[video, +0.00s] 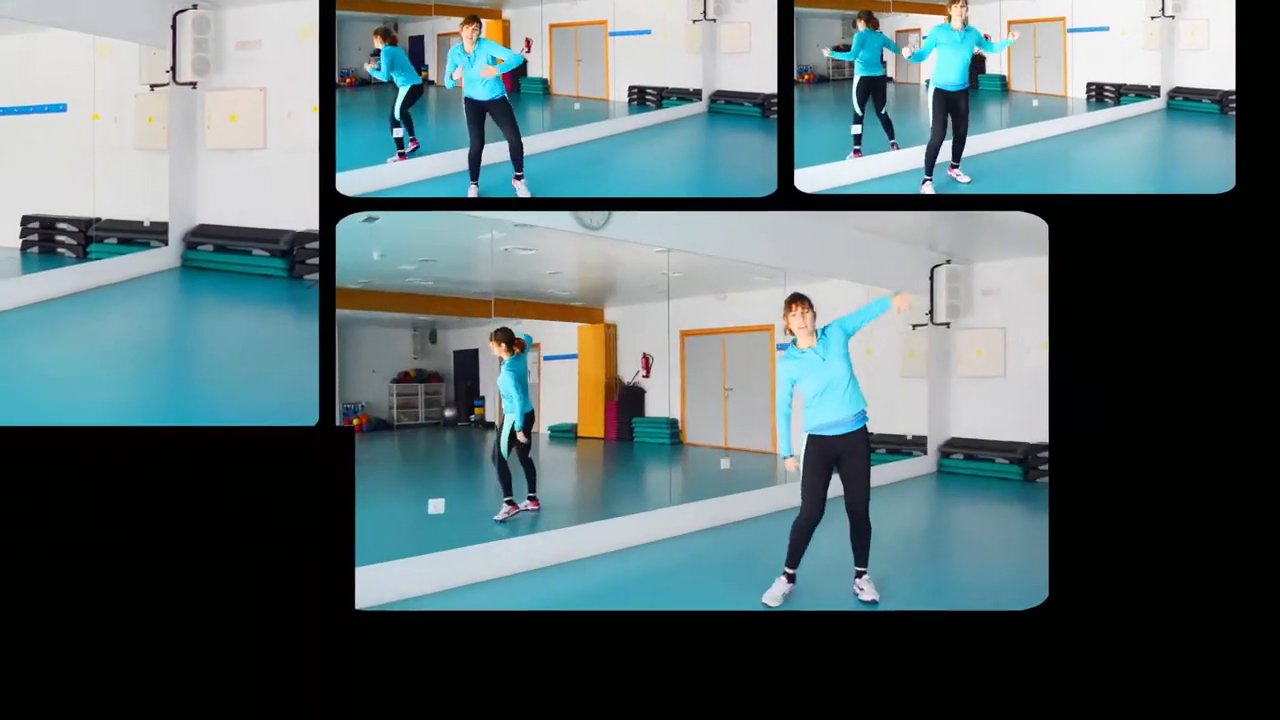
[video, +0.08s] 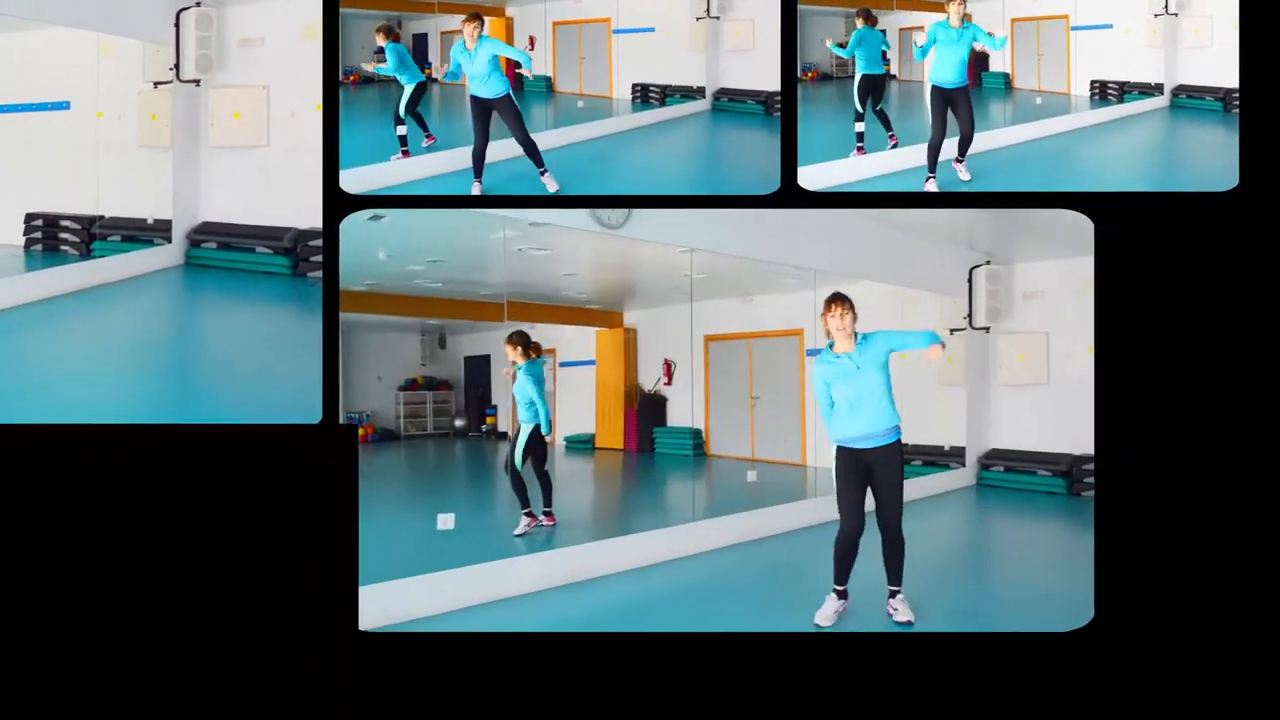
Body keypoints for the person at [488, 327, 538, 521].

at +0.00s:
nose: (491, 348)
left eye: (493, 344)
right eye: (491, 344)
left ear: (502, 346)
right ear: (508, 345)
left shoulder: (507, 372)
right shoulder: (520, 358)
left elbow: (518, 399)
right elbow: (528, 339)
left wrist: (519, 428)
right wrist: (522, 340)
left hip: (513, 416)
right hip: (526, 412)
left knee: (498, 456)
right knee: (524, 455)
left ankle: (509, 503)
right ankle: (532, 499)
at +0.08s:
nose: (507, 354)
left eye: (508, 350)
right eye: (507, 350)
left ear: (518, 350)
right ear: (522, 349)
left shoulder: (526, 374)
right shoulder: (533, 366)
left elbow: (540, 401)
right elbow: (527, 388)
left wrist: (546, 429)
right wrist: (514, 376)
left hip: (528, 425)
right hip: (536, 423)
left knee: (512, 467)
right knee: (540, 468)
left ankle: (528, 515)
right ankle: (548, 514)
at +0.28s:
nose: (535, 362)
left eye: (537, 357)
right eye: (535, 357)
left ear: (549, 358)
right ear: (549, 359)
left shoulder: (563, 380)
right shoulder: (551, 382)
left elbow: (585, 407)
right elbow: (553, 416)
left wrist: (596, 437)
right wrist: (533, 417)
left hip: (568, 443)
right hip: (565, 443)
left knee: (536, 487)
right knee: (574, 494)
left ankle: (565, 533)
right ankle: (578, 544)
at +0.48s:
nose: (550, 368)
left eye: (553, 364)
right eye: (551, 364)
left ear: (566, 366)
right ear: (564, 367)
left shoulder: (581, 388)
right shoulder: (562, 395)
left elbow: (604, 411)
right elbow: (554, 430)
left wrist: (596, 399)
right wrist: (539, 416)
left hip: (586, 456)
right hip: (575, 458)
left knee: (576, 511)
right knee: (571, 514)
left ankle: (599, 566)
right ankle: (595, 561)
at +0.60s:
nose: (553, 373)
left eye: (556, 368)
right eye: (554, 368)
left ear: (568, 370)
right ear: (561, 371)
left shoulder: (583, 394)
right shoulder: (564, 402)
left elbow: (590, 405)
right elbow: (549, 434)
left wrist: (574, 372)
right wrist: (533, 413)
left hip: (588, 461)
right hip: (575, 464)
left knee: (583, 519)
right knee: (579, 519)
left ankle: (611, 577)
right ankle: (596, 564)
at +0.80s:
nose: (574, 359)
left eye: (575, 354)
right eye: (574, 355)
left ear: (585, 352)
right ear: (589, 354)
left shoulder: (595, 370)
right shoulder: (587, 388)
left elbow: (554, 381)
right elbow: (562, 413)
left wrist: (557, 353)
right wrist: (540, 389)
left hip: (608, 447)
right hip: (593, 451)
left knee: (606, 505)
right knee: (574, 500)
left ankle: (634, 562)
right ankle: (598, 558)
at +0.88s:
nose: (588, 344)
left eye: (590, 340)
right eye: (589, 340)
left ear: (601, 340)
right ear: (609, 342)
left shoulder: (603, 357)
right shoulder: (608, 369)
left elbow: (563, 375)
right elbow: (582, 401)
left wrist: (571, 350)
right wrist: (554, 380)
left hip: (622, 437)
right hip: (610, 440)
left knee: (625, 494)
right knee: (591, 491)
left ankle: (654, 549)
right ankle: (607, 552)